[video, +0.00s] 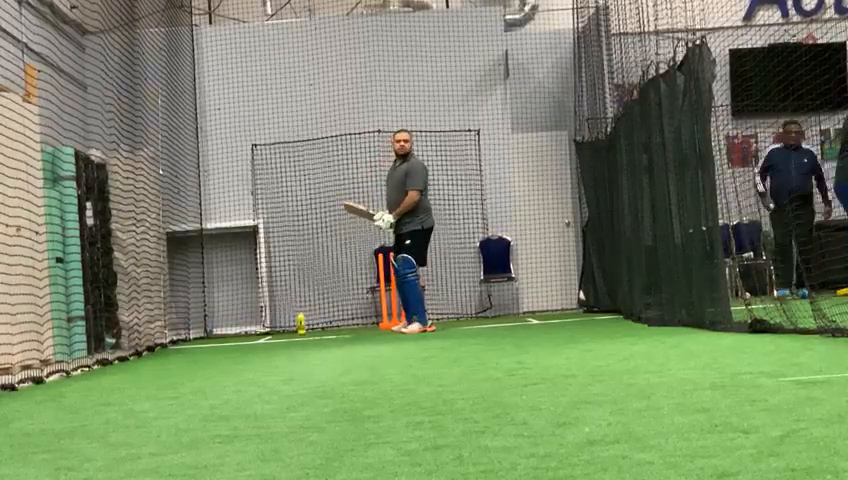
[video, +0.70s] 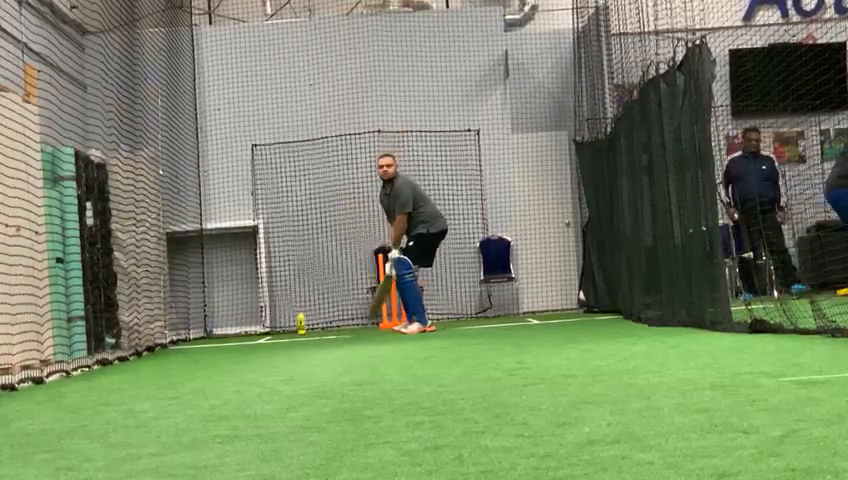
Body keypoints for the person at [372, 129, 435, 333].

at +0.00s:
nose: (402, 145)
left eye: (405, 141)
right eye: (398, 142)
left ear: (411, 144)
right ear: (393, 144)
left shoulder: (415, 166)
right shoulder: (395, 167)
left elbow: (414, 197)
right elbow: (396, 197)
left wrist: (393, 216)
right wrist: (386, 215)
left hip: (417, 226)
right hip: (402, 227)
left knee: (409, 271)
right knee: (400, 271)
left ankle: (419, 320)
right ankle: (409, 318)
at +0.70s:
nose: (385, 170)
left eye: (389, 166)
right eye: (381, 167)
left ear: (396, 167)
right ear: (378, 170)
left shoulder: (402, 186)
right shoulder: (384, 193)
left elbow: (402, 221)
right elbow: (393, 221)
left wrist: (395, 248)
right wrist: (395, 244)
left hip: (431, 229)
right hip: (418, 231)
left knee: (406, 268)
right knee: (402, 268)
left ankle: (419, 320)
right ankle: (416, 319)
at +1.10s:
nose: (391, 165)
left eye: (394, 161)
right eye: (387, 162)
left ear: (400, 163)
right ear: (382, 165)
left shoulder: (407, 183)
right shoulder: (386, 186)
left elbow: (409, 217)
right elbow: (396, 214)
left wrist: (396, 236)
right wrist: (393, 233)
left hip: (429, 229)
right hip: (414, 230)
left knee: (405, 269)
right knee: (401, 268)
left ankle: (420, 320)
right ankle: (414, 318)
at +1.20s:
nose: (391, 164)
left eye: (395, 160)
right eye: (387, 161)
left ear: (401, 162)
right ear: (382, 164)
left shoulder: (408, 183)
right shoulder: (387, 184)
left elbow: (408, 217)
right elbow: (397, 211)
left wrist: (393, 231)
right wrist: (390, 224)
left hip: (428, 229)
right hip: (413, 229)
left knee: (405, 269)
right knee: (399, 268)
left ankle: (420, 320)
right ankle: (413, 318)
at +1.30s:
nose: (392, 165)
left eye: (396, 162)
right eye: (388, 162)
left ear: (401, 163)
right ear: (384, 165)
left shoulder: (408, 185)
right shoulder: (387, 184)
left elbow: (405, 220)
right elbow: (391, 208)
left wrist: (390, 229)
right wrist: (386, 216)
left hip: (427, 230)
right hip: (411, 230)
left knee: (402, 269)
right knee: (394, 267)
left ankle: (419, 320)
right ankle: (409, 318)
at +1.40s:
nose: (392, 170)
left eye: (396, 166)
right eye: (388, 167)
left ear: (401, 168)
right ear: (384, 169)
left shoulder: (407, 189)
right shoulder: (386, 188)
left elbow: (403, 225)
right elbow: (392, 211)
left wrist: (386, 230)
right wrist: (385, 217)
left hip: (426, 234)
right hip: (410, 233)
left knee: (400, 271)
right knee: (390, 269)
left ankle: (420, 321)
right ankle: (404, 320)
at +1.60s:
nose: (391, 182)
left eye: (395, 178)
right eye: (387, 179)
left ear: (400, 180)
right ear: (382, 182)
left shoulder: (406, 201)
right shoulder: (384, 200)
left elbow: (403, 237)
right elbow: (390, 225)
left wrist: (384, 243)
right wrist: (383, 230)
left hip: (426, 243)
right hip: (410, 242)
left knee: (400, 277)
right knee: (389, 273)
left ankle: (417, 321)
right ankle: (403, 320)